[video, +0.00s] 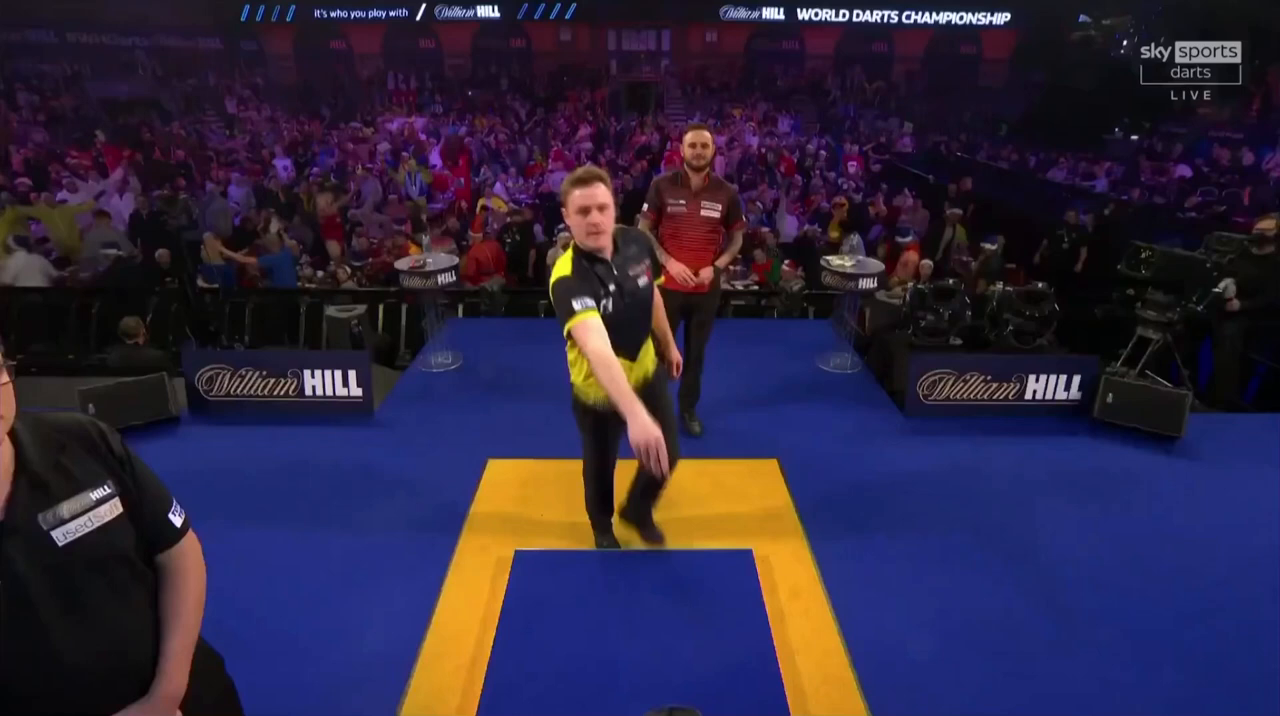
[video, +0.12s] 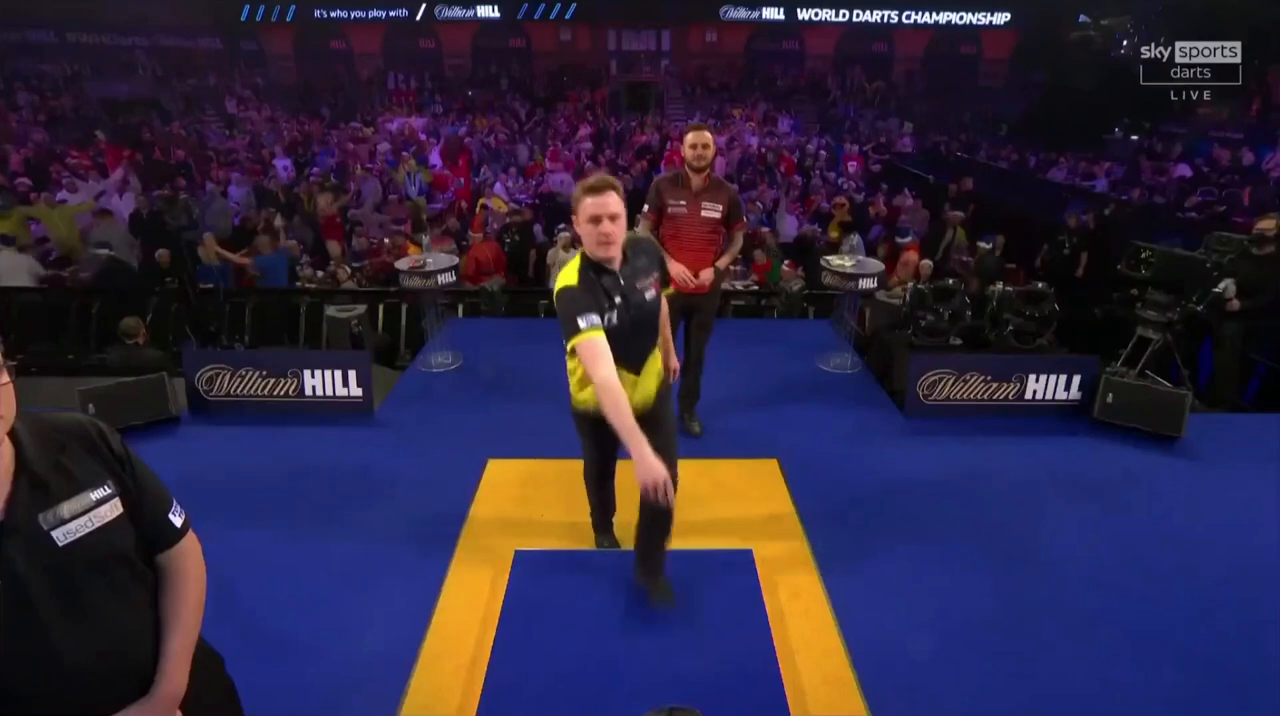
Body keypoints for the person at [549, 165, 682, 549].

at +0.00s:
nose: (594, 220)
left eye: (602, 209)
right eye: (583, 212)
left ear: (614, 209)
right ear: (567, 218)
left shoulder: (637, 243)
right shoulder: (568, 276)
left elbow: (650, 294)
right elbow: (596, 349)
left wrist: (668, 344)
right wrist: (635, 414)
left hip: (644, 366)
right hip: (598, 380)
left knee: (666, 452)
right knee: (601, 461)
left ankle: (637, 509)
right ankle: (603, 527)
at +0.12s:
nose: (606, 230)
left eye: (614, 218)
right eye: (594, 221)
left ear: (627, 218)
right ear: (576, 226)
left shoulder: (645, 249)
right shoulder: (573, 286)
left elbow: (657, 300)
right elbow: (603, 377)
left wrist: (667, 348)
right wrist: (643, 454)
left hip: (649, 380)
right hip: (596, 393)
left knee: (662, 476)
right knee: (600, 468)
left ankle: (650, 568)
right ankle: (604, 530)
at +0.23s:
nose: (620, 242)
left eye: (629, 230)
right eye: (608, 232)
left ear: (642, 233)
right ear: (589, 237)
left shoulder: (661, 269)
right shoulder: (580, 298)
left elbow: (671, 314)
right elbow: (603, 397)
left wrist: (675, 364)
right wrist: (640, 482)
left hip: (655, 407)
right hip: (601, 415)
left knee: (656, 514)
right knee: (602, 475)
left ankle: (660, 624)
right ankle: (604, 528)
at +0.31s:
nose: (631, 247)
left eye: (640, 236)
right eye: (619, 236)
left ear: (654, 240)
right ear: (600, 242)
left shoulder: (671, 281)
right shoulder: (586, 306)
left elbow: (682, 328)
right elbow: (594, 417)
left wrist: (685, 382)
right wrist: (633, 502)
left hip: (660, 428)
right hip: (606, 432)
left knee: (656, 532)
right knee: (603, 489)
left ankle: (657, 629)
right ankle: (604, 527)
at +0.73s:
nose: (635, 254)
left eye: (646, 239)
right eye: (621, 242)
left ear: (666, 242)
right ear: (600, 247)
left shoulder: (705, 310)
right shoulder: (580, 315)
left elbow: (745, 406)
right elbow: (544, 397)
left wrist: (751, 507)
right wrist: (525, 487)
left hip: (673, 482)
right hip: (602, 484)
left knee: (662, 574)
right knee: (607, 612)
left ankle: (659, 641)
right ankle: (616, 702)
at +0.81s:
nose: (629, 266)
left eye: (641, 251)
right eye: (615, 253)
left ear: (662, 252)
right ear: (594, 260)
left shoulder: (705, 327)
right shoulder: (574, 329)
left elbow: (751, 432)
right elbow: (539, 401)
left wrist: (741, 516)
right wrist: (514, 479)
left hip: (674, 505)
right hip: (600, 506)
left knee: (658, 595)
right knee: (615, 643)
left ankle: (655, 653)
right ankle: (610, 707)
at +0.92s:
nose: (617, 291)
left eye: (630, 275)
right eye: (602, 276)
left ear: (654, 277)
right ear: (580, 283)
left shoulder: (695, 356)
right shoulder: (565, 350)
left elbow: (748, 480)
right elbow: (535, 413)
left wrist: (720, 541)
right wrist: (507, 483)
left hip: (666, 555)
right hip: (592, 552)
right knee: (607, 688)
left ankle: (660, 663)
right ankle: (613, 704)